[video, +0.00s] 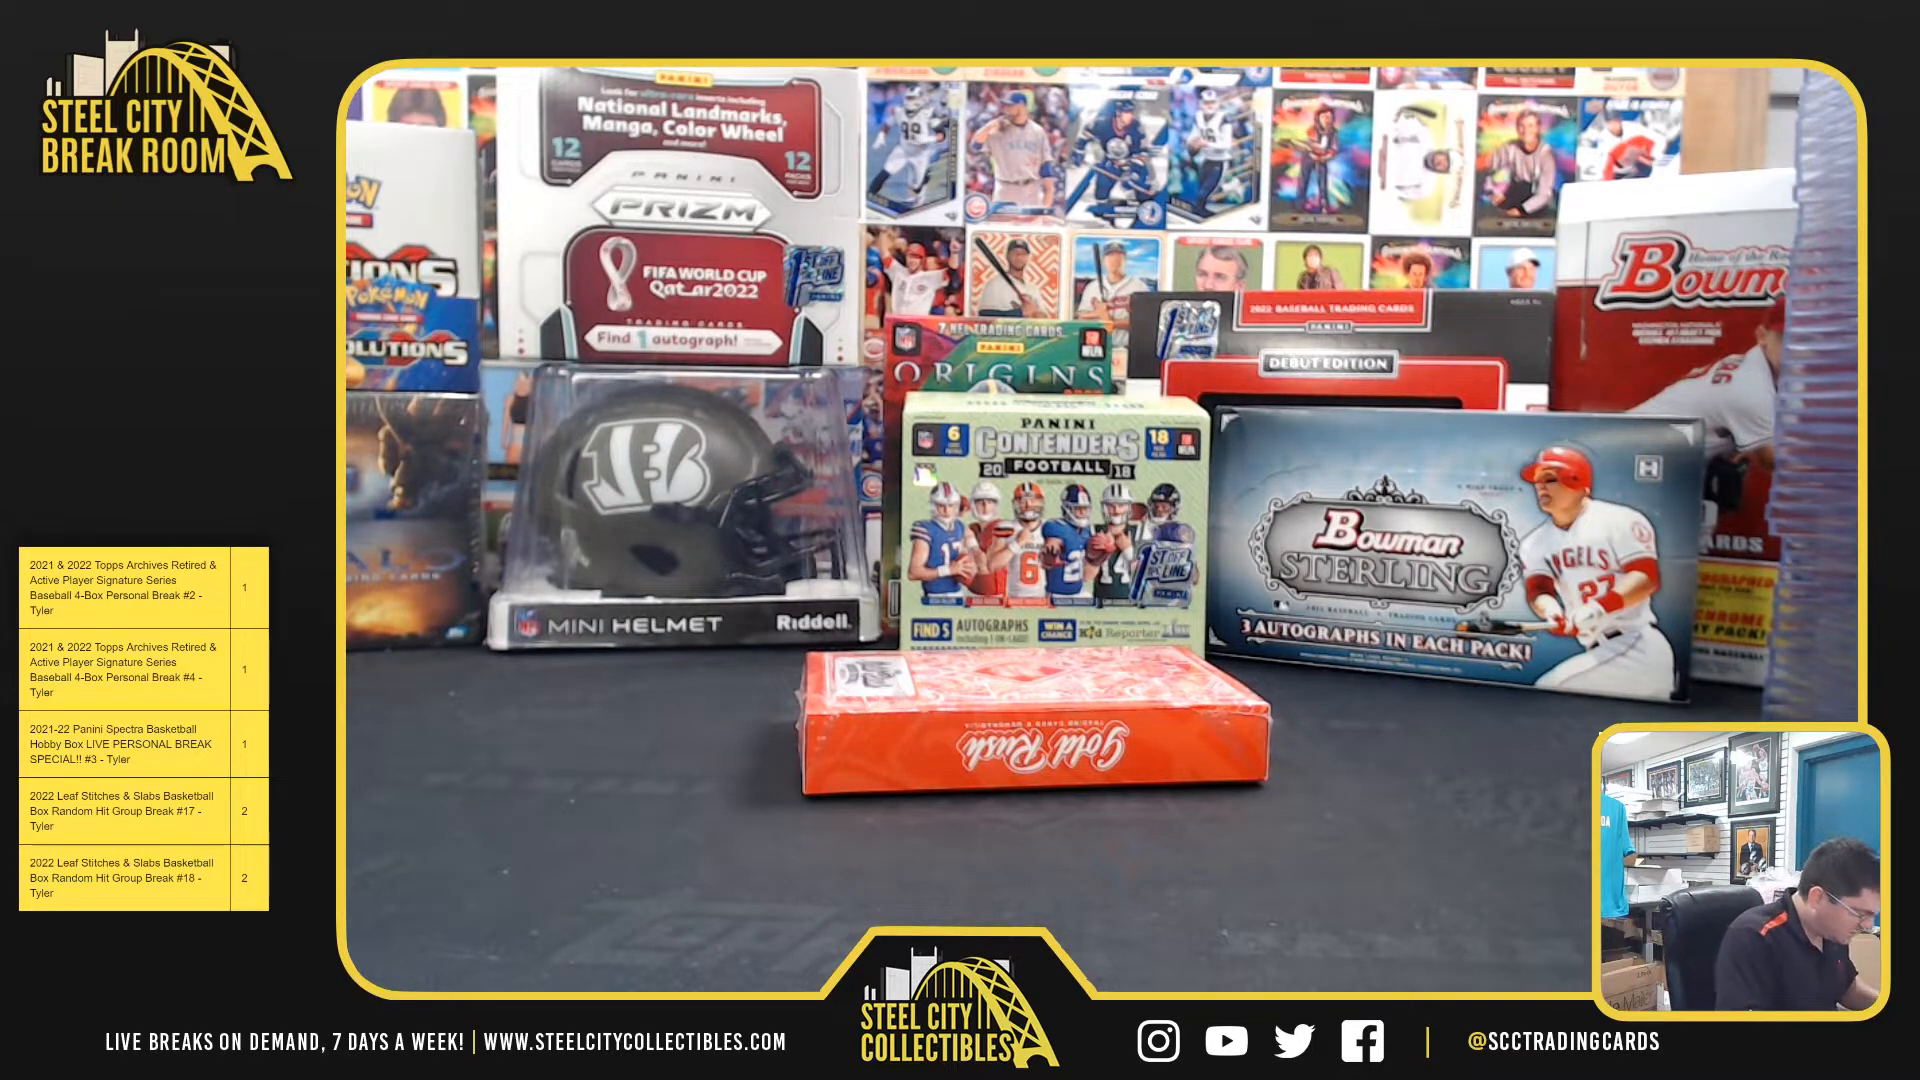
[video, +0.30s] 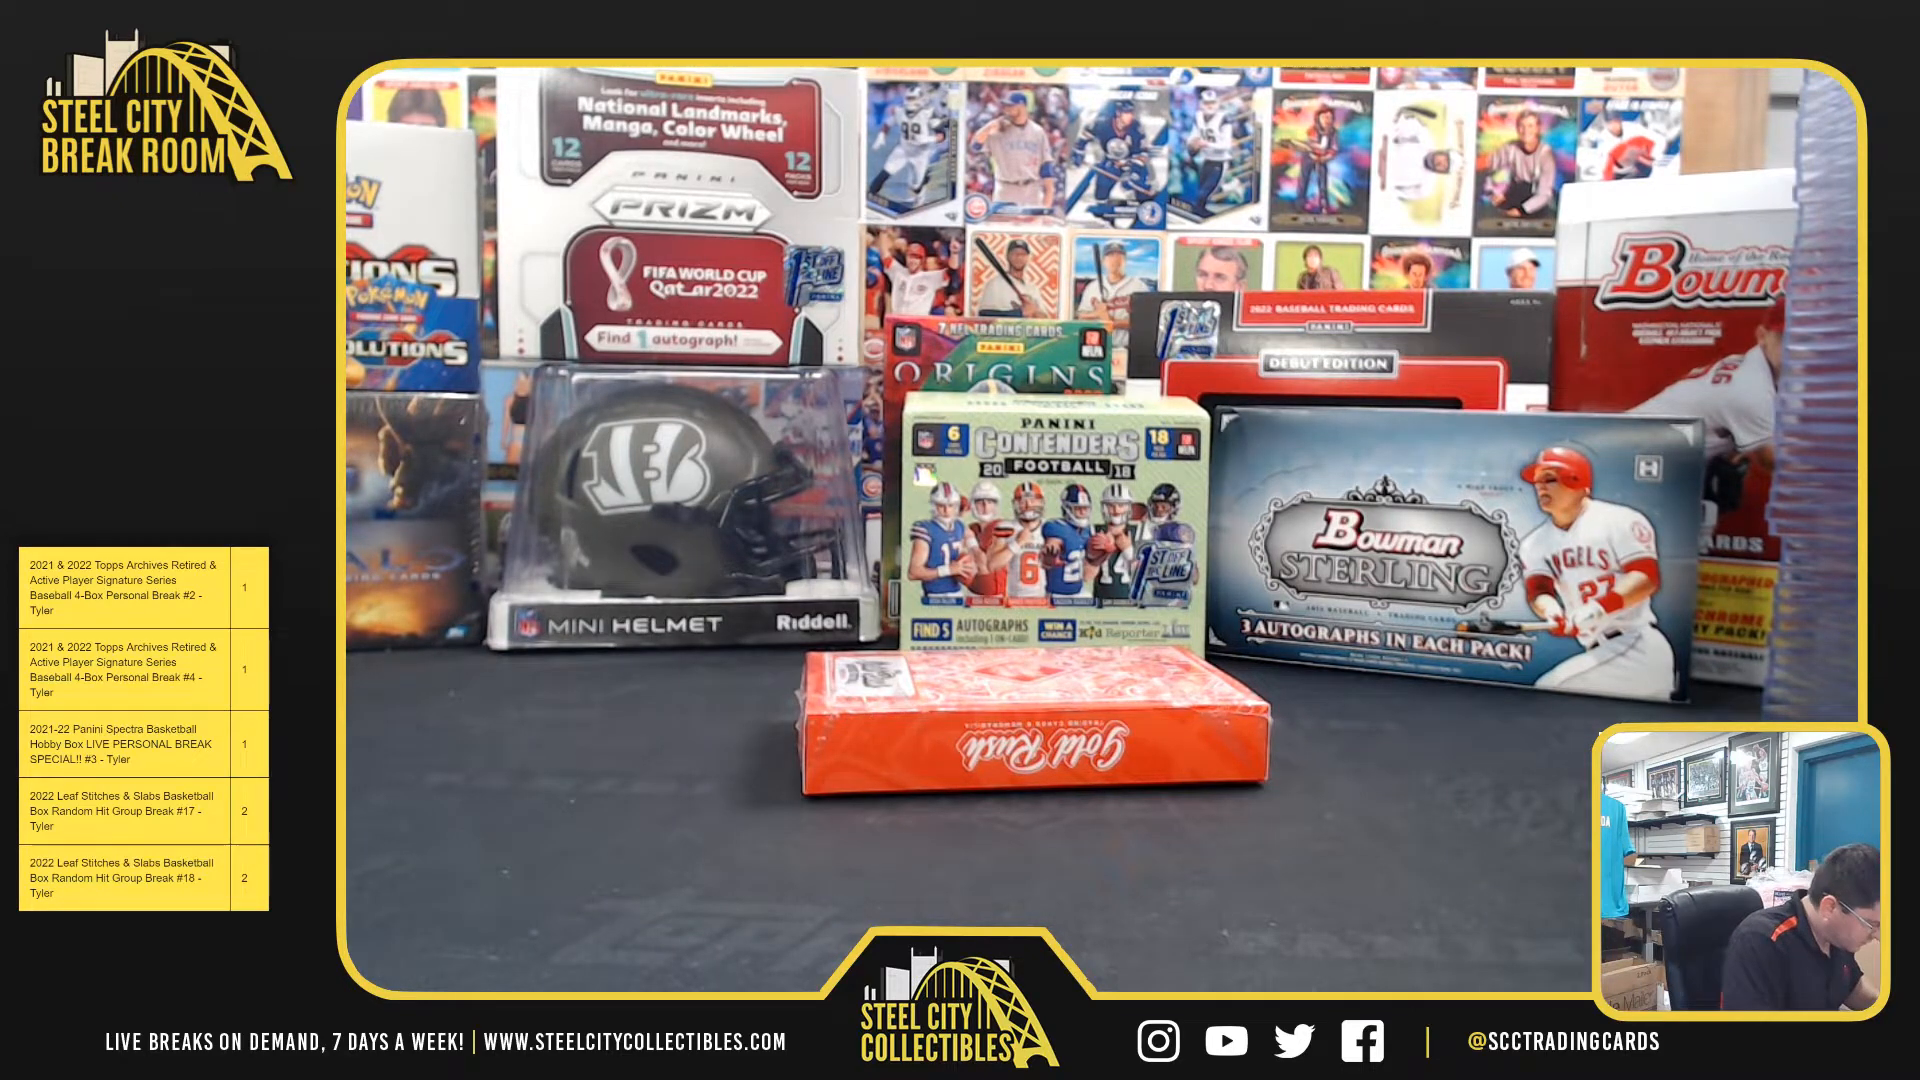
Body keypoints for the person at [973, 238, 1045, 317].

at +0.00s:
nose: (1019, 257)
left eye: (1023, 254)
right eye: (1016, 253)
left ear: (1028, 258)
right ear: (1008, 256)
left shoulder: (1033, 289)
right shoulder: (995, 284)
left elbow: (1045, 317)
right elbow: (985, 315)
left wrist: (1033, 310)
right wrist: (1020, 313)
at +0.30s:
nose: (1019, 258)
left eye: (1023, 254)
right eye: (1015, 254)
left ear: (1028, 258)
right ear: (1008, 256)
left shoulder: (1032, 288)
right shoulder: (995, 284)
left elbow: (1045, 317)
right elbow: (985, 314)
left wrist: (1033, 310)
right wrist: (1020, 313)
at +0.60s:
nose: (1019, 258)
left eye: (1023, 254)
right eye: (1015, 254)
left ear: (1028, 258)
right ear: (1008, 256)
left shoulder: (1032, 288)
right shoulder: (995, 284)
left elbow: (1045, 317)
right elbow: (985, 314)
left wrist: (1034, 310)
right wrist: (1020, 313)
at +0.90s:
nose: (1019, 258)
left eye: (1023, 254)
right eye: (1015, 254)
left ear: (1028, 258)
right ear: (1008, 256)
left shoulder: (1032, 288)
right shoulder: (995, 284)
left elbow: (1045, 317)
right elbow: (985, 314)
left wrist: (1034, 310)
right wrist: (1020, 313)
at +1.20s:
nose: (1019, 258)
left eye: (1023, 254)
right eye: (1015, 254)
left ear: (1028, 258)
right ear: (1008, 256)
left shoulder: (1032, 288)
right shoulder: (995, 284)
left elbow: (1045, 317)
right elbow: (985, 314)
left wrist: (1034, 310)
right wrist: (1020, 313)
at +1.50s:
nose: (1019, 258)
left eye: (1023, 254)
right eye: (1015, 254)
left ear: (1028, 258)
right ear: (1008, 256)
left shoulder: (1032, 288)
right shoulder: (995, 284)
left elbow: (1045, 317)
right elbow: (985, 314)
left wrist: (1034, 310)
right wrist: (1020, 313)